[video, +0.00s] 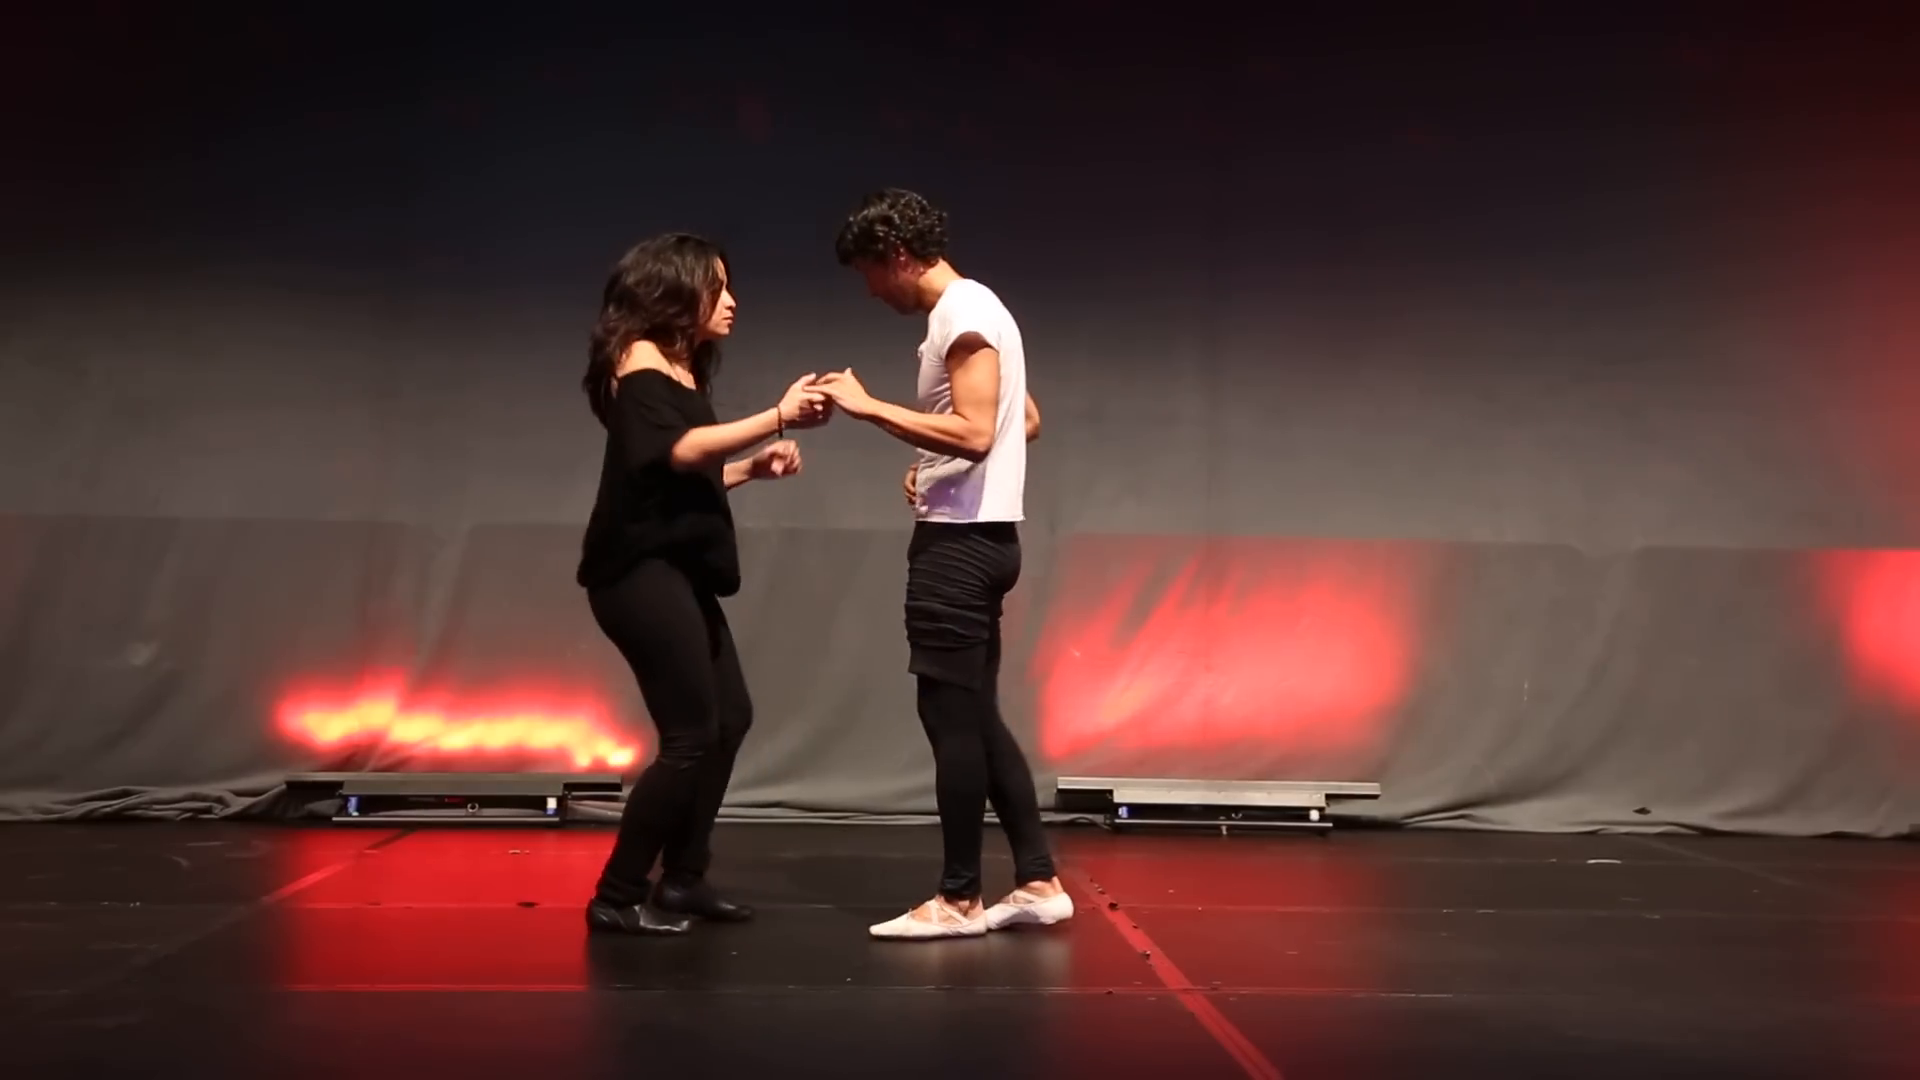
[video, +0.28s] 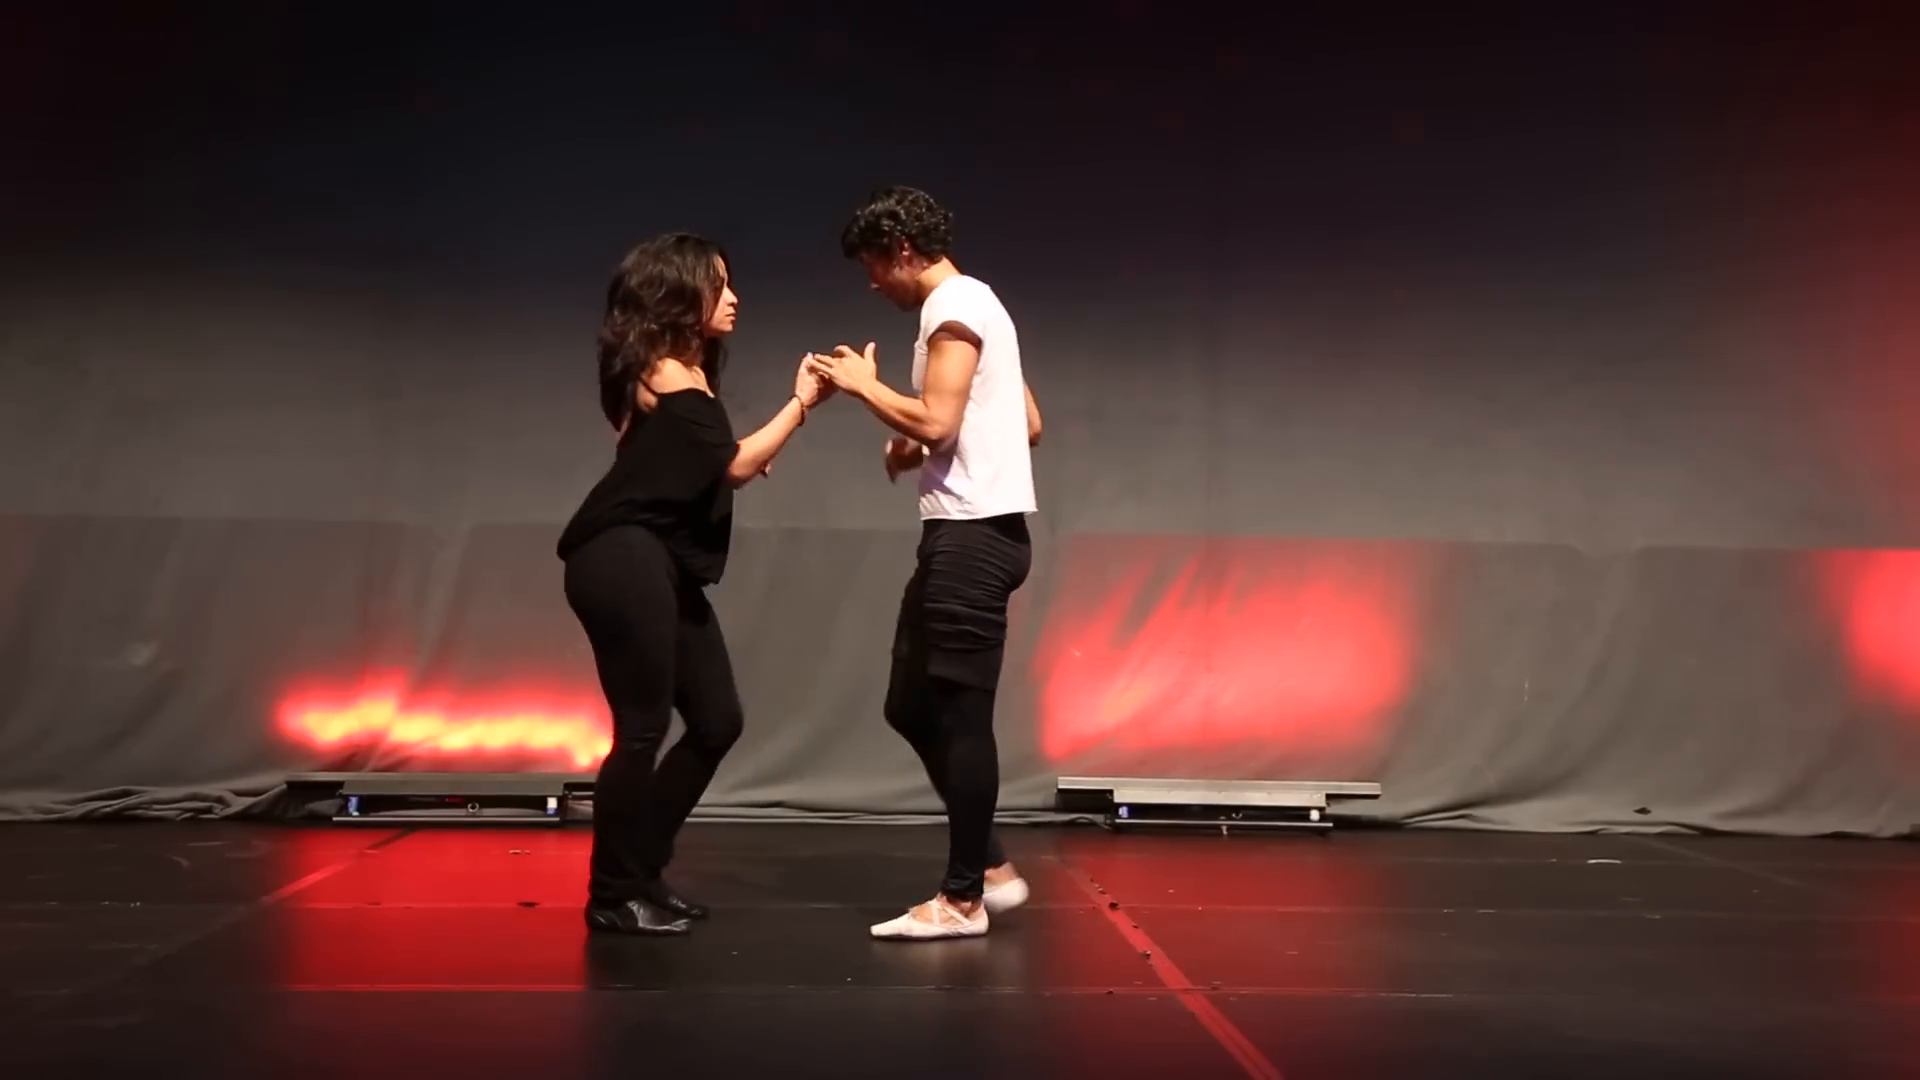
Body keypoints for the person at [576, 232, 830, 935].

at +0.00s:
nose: (730, 300)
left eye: (727, 288)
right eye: (718, 288)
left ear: (685, 298)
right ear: (680, 295)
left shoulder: (678, 368)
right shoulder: (642, 358)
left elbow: (681, 478)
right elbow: (679, 446)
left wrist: (750, 468)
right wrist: (776, 414)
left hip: (677, 573)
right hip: (638, 575)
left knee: (729, 717)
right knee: (692, 731)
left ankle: (681, 883)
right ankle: (617, 899)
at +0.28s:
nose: (733, 297)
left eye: (728, 285)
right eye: (719, 287)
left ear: (686, 305)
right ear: (683, 300)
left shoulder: (682, 371)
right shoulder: (669, 376)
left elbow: (647, 449)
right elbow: (731, 462)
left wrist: (727, 467)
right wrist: (802, 402)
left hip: (665, 566)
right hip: (622, 557)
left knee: (715, 723)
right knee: (643, 726)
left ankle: (641, 874)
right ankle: (612, 896)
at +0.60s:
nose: (726, 297)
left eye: (722, 284)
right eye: (713, 286)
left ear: (669, 300)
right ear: (680, 298)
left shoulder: (653, 368)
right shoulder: (690, 364)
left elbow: (660, 465)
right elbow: (703, 472)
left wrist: (751, 427)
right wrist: (785, 430)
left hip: (624, 560)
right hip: (641, 559)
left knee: (691, 714)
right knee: (706, 709)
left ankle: (632, 876)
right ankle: (626, 877)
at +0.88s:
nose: (716, 304)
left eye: (711, 291)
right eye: (702, 292)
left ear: (668, 303)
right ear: (666, 301)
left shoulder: (663, 370)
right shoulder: (653, 362)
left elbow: (709, 479)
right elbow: (691, 441)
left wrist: (771, 426)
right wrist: (765, 372)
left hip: (633, 574)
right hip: (647, 575)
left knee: (664, 725)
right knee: (755, 705)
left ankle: (629, 887)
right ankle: (646, 831)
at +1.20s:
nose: (710, 300)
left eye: (706, 287)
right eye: (699, 289)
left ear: (647, 301)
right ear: (665, 301)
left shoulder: (632, 364)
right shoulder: (675, 365)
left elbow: (692, 440)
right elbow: (776, 428)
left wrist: (756, 385)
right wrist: (810, 358)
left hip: (627, 564)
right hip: (632, 567)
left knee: (721, 693)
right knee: (671, 731)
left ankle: (695, 853)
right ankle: (578, 872)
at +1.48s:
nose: (713, 304)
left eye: (710, 291)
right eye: (700, 293)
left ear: (644, 305)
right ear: (664, 303)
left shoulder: (625, 371)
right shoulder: (688, 367)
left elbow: (738, 381)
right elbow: (797, 377)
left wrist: (780, 318)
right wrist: (809, 297)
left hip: (607, 574)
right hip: (669, 569)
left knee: (699, 712)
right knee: (657, 733)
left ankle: (711, 874)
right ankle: (581, 886)